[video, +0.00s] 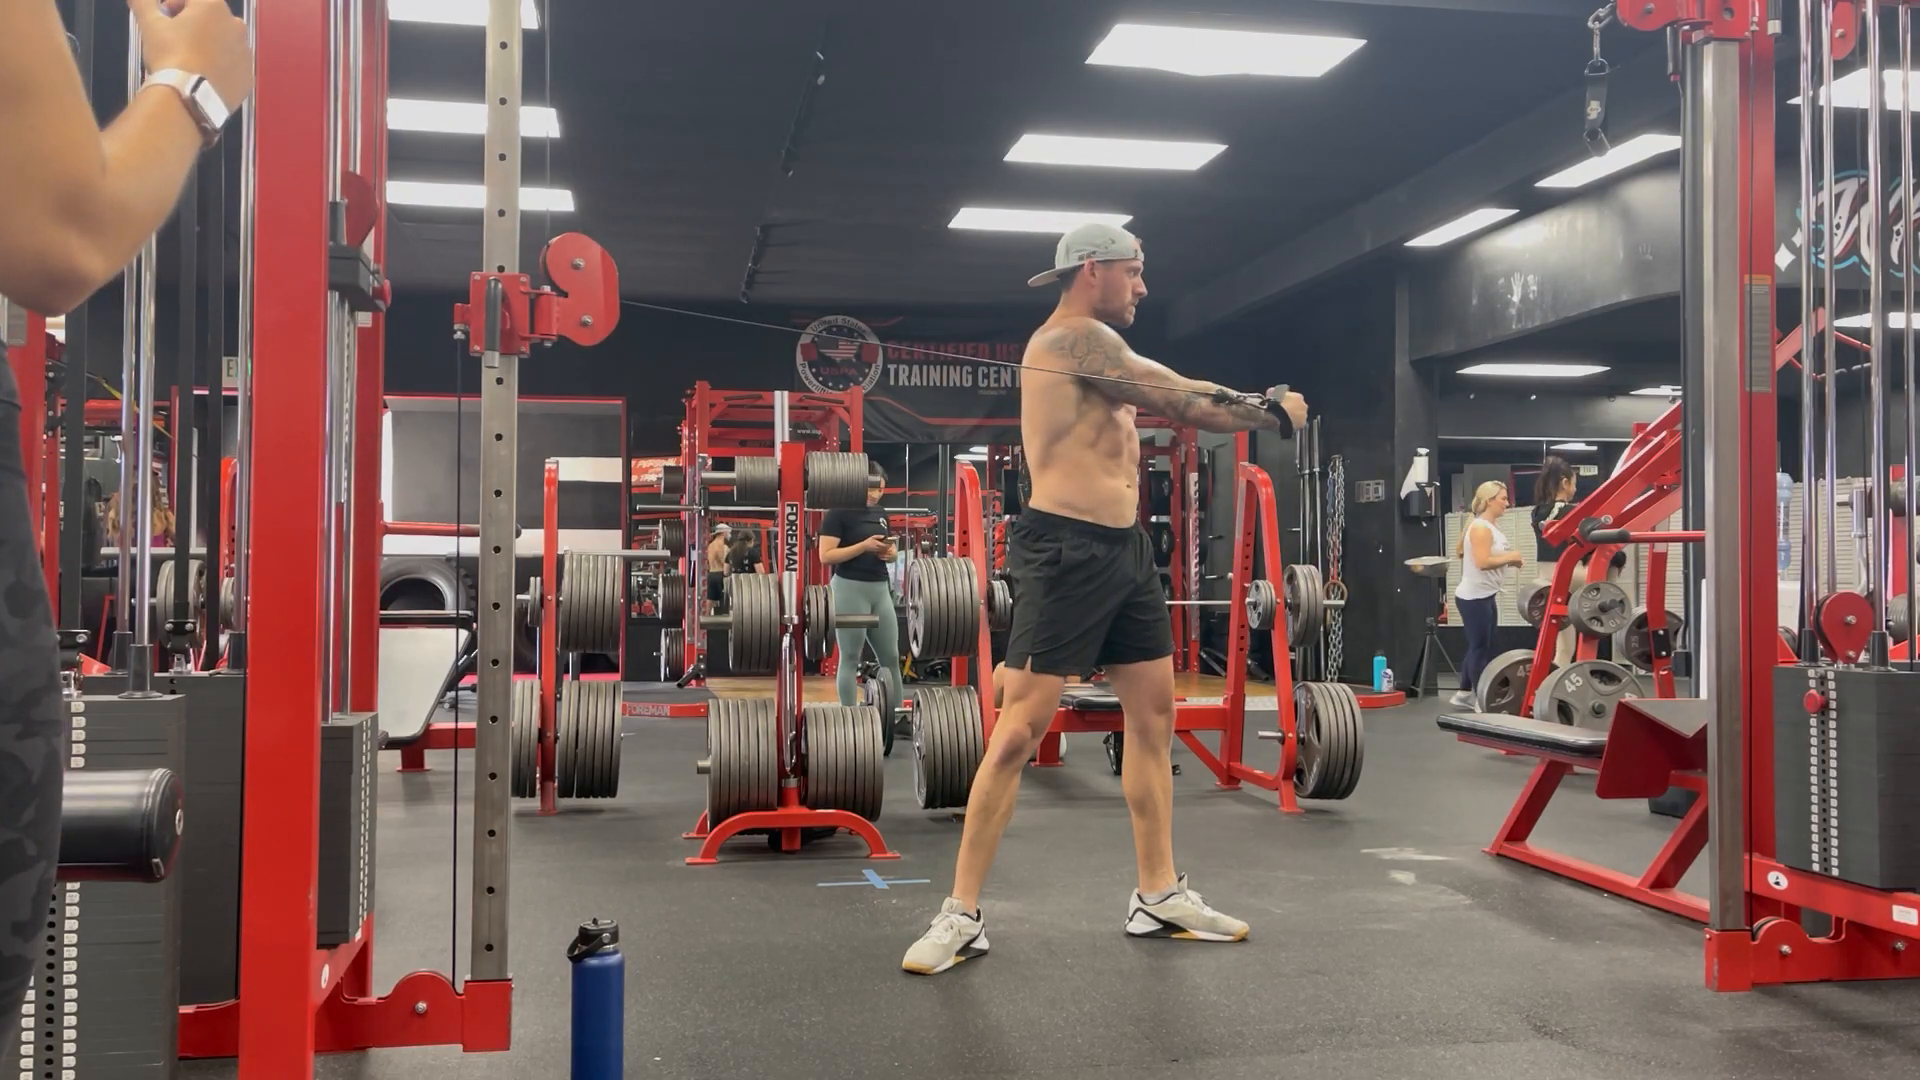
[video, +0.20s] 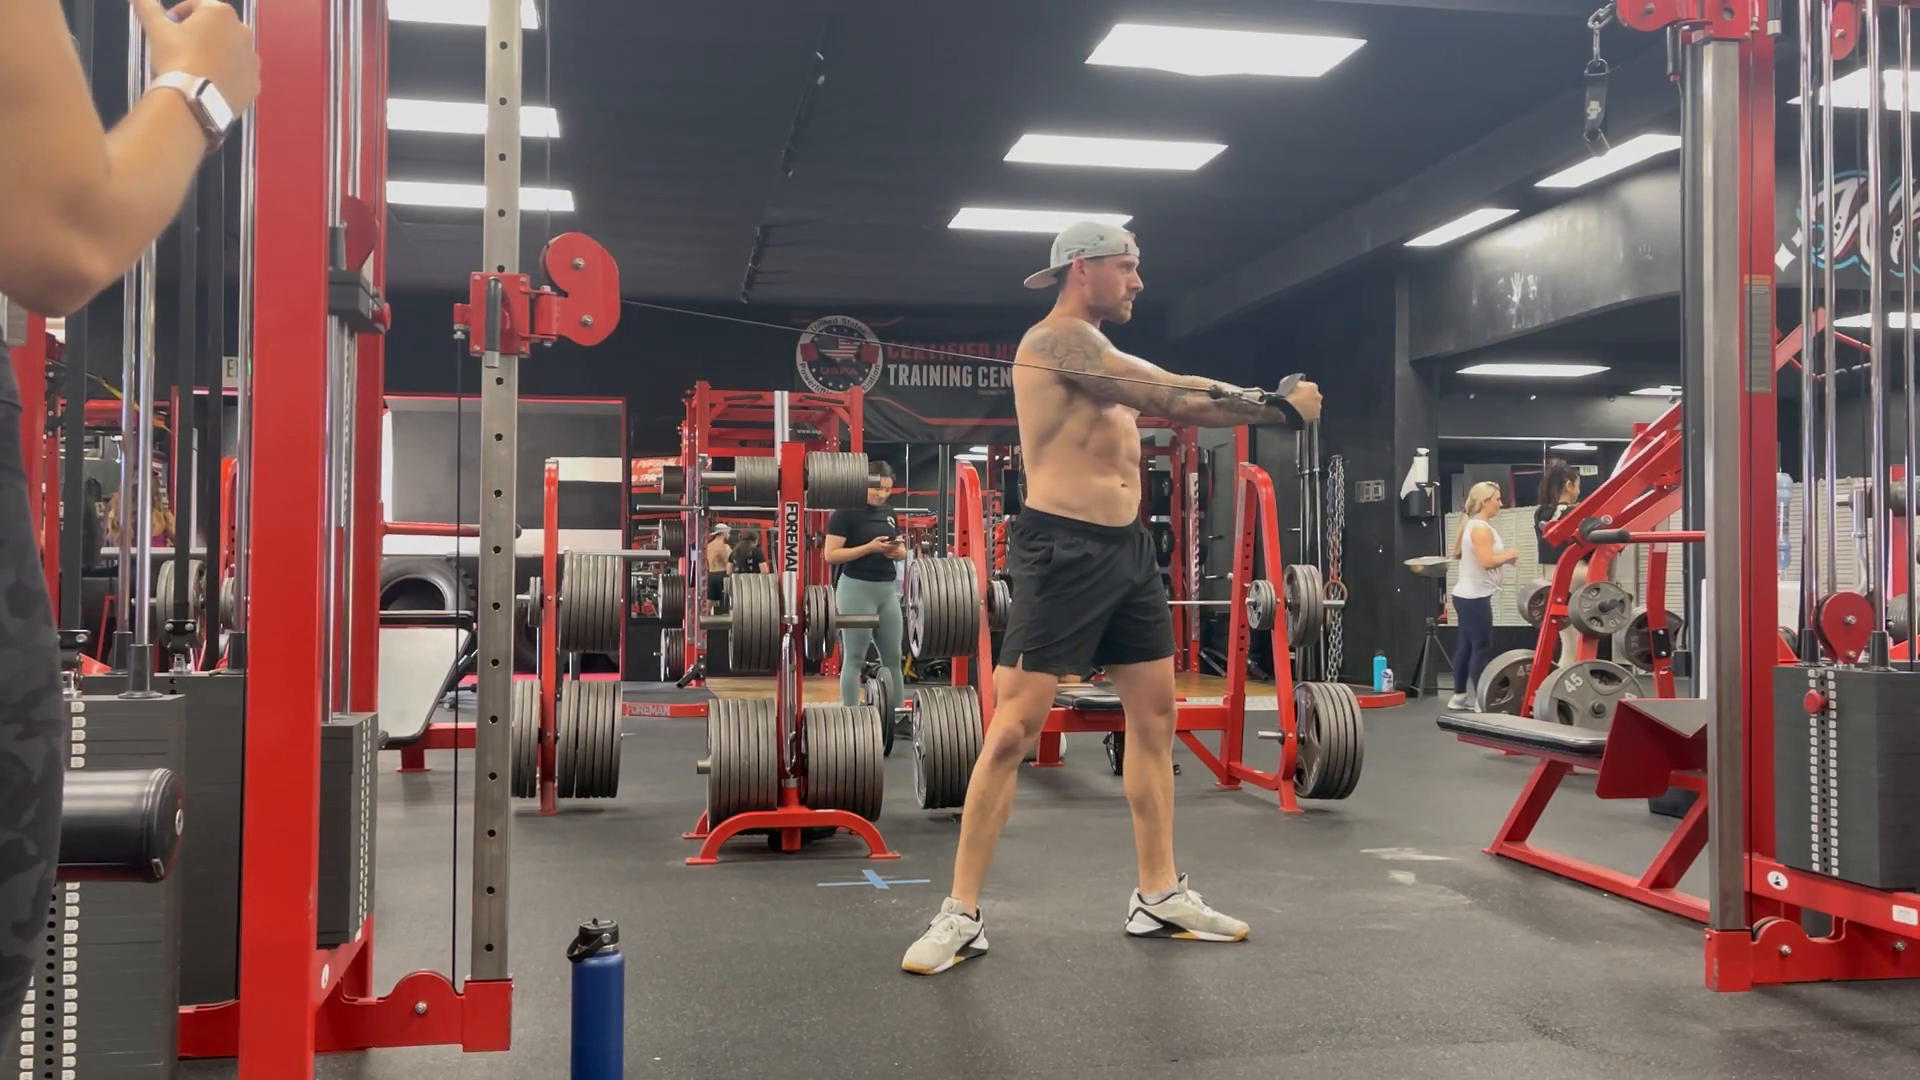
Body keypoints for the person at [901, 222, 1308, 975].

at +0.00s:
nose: (1142, 287)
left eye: (1141, 275)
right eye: (1133, 273)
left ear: (1093, 272)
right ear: (1093, 271)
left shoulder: (1100, 349)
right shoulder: (1070, 336)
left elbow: (1185, 404)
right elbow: (1165, 389)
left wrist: (1261, 408)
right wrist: (1263, 407)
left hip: (1126, 554)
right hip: (1061, 550)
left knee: (1153, 719)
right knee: (1014, 737)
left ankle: (1158, 895)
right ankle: (960, 912)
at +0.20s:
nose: (1138, 282)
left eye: (1138, 270)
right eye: (1127, 267)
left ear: (1093, 273)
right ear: (1082, 270)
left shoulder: (1111, 358)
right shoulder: (1058, 338)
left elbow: (1187, 404)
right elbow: (1156, 390)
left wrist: (1272, 402)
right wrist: (1268, 402)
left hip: (1128, 554)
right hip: (1057, 550)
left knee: (1155, 720)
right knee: (1011, 733)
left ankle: (1159, 895)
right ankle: (961, 910)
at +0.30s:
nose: (1132, 280)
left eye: (1132, 268)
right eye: (1120, 266)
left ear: (1093, 275)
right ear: (1073, 270)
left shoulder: (1110, 360)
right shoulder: (1044, 340)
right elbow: (1152, 388)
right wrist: (1267, 396)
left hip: (1129, 553)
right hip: (1056, 550)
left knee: (1155, 720)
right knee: (1009, 733)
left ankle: (1159, 895)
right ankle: (961, 910)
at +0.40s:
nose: (1126, 278)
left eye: (1126, 266)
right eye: (1113, 263)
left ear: (1095, 278)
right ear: (1065, 270)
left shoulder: (1111, 362)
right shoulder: (1035, 342)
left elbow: (1128, 470)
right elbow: (1140, 387)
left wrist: (1166, 546)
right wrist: (1264, 389)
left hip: (1132, 552)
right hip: (1058, 549)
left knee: (1155, 720)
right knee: (1008, 732)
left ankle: (1158, 895)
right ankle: (960, 910)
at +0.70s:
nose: (1107, 276)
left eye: (1111, 265)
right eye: (1091, 262)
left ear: (1112, 279)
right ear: (1049, 272)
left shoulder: (1129, 365)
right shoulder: (1016, 345)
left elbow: (1167, 463)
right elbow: (1077, 386)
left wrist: (1223, 540)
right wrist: (1190, 378)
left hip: (1134, 552)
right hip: (1048, 550)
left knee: (1155, 721)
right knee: (1000, 730)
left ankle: (1158, 895)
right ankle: (960, 910)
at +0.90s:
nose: (1085, 274)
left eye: (1096, 264)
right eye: (1069, 262)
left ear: (1107, 281)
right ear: (1038, 276)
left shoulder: (1133, 361)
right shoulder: (1009, 343)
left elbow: (1187, 457)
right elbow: (1022, 393)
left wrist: (1251, 536)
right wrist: (1102, 372)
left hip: (1132, 552)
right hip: (1047, 549)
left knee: (1157, 717)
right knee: (997, 727)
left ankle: (1157, 895)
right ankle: (960, 910)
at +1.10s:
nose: (1058, 272)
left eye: (1073, 261)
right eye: (1046, 262)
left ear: (1100, 279)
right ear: (1029, 279)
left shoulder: (1141, 360)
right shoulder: (1005, 346)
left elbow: (1209, 453)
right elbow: (970, 396)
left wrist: (1281, 527)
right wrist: (990, 377)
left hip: (1128, 551)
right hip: (1041, 551)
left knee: (1157, 718)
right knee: (994, 723)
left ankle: (1157, 894)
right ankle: (959, 909)